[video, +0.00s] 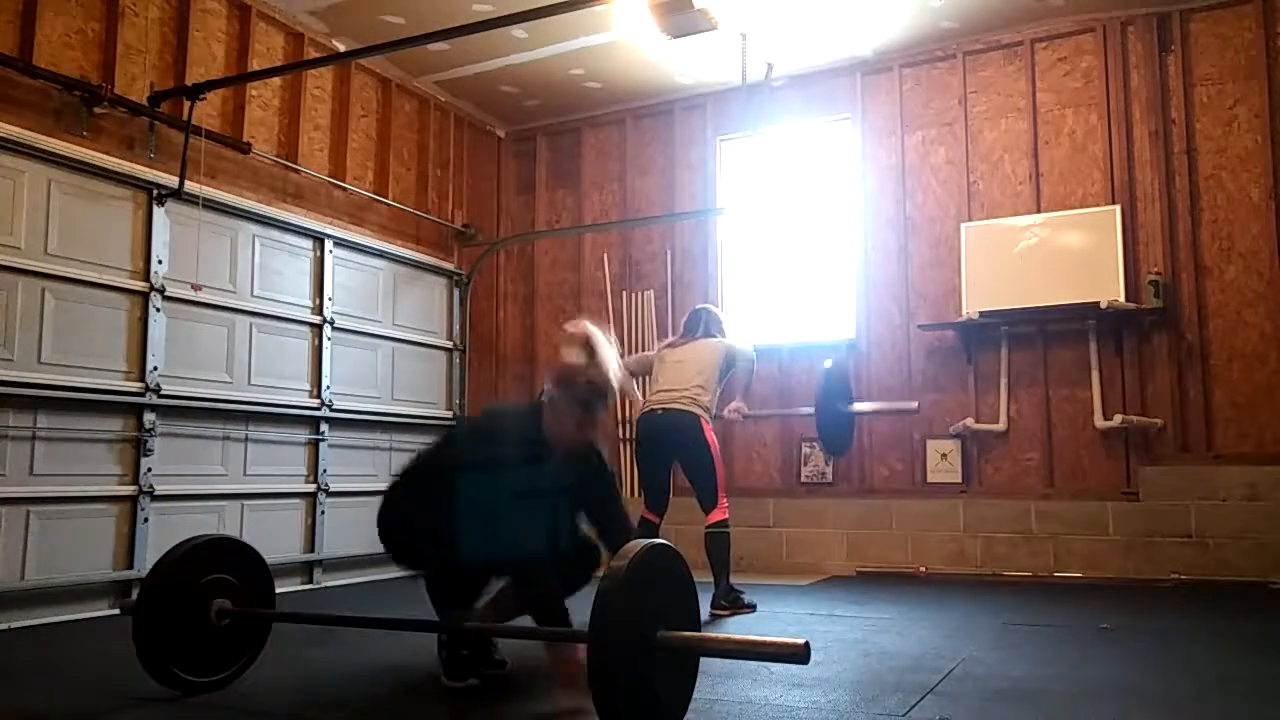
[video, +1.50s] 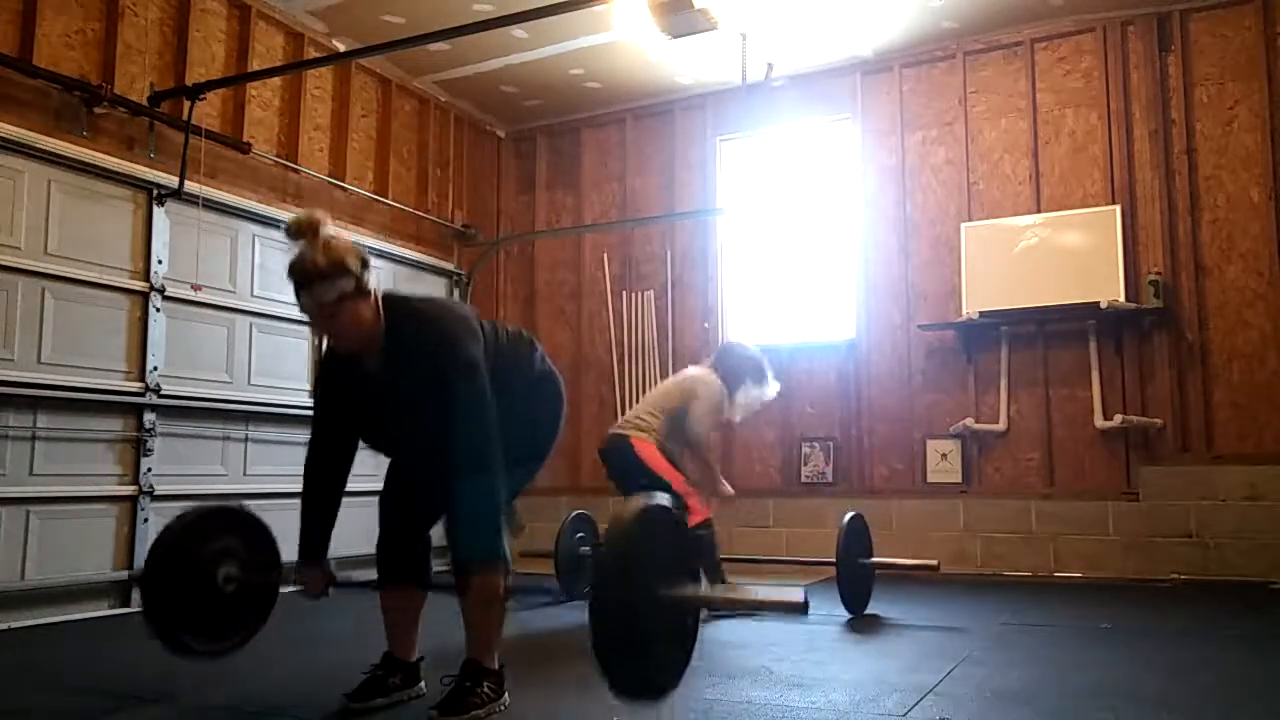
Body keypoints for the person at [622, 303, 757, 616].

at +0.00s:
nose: (724, 332)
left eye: (722, 328)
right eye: (722, 327)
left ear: (687, 328)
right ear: (716, 328)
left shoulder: (665, 352)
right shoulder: (720, 346)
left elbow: (625, 364)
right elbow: (747, 356)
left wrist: (637, 399)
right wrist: (738, 399)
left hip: (650, 422)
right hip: (689, 422)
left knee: (653, 506)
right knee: (715, 507)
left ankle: (631, 585)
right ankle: (723, 592)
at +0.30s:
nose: (727, 344)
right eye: (725, 338)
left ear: (687, 337)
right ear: (720, 337)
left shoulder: (670, 359)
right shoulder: (726, 362)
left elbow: (658, 402)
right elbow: (740, 417)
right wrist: (745, 465)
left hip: (644, 426)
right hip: (683, 427)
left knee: (651, 508)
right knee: (715, 508)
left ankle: (630, 583)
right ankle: (723, 591)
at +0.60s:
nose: (726, 343)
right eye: (726, 339)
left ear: (693, 333)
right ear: (721, 335)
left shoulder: (670, 351)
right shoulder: (724, 347)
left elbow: (630, 372)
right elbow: (750, 363)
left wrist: (643, 404)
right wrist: (744, 403)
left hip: (648, 425)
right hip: (687, 425)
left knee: (654, 506)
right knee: (716, 508)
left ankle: (633, 586)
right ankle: (723, 592)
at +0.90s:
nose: (733, 346)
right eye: (733, 342)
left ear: (698, 335)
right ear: (727, 338)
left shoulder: (675, 353)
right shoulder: (732, 354)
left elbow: (639, 392)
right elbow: (746, 386)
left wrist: (646, 428)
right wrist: (744, 431)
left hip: (646, 422)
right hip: (685, 423)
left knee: (652, 506)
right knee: (713, 508)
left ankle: (632, 587)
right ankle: (723, 591)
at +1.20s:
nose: (739, 399)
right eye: (738, 394)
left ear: (701, 388)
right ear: (732, 392)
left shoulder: (678, 402)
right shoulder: (733, 410)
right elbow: (744, 466)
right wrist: (747, 517)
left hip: (638, 453)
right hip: (680, 455)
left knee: (655, 515)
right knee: (725, 516)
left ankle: (632, 580)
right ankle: (724, 594)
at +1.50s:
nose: (755, 407)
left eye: (759, 402)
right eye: (755, 398)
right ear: (739, 381)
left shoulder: (696, 378)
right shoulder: (709, 384)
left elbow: (670, 444)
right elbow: (698, 433)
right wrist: (716, 480)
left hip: (619, 442)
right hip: (634, 442)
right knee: (694, 507)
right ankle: (717, 584)